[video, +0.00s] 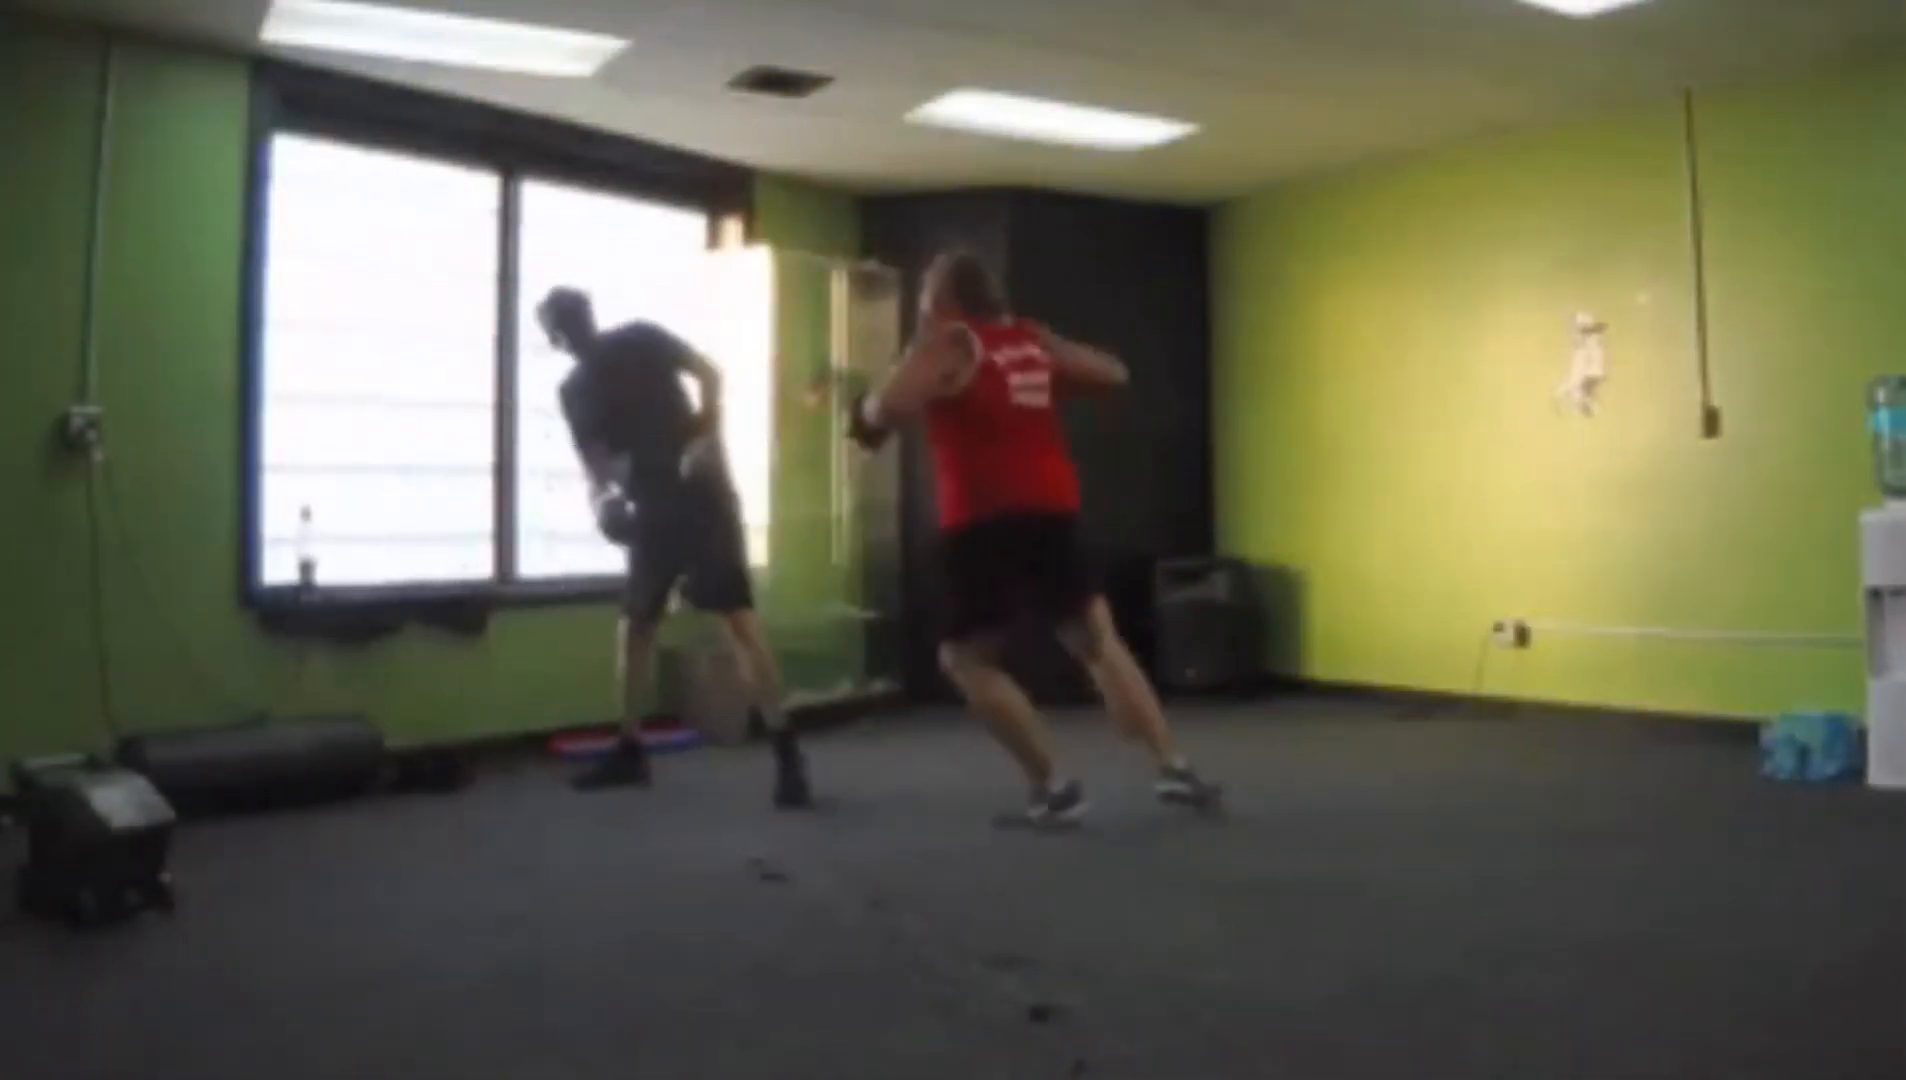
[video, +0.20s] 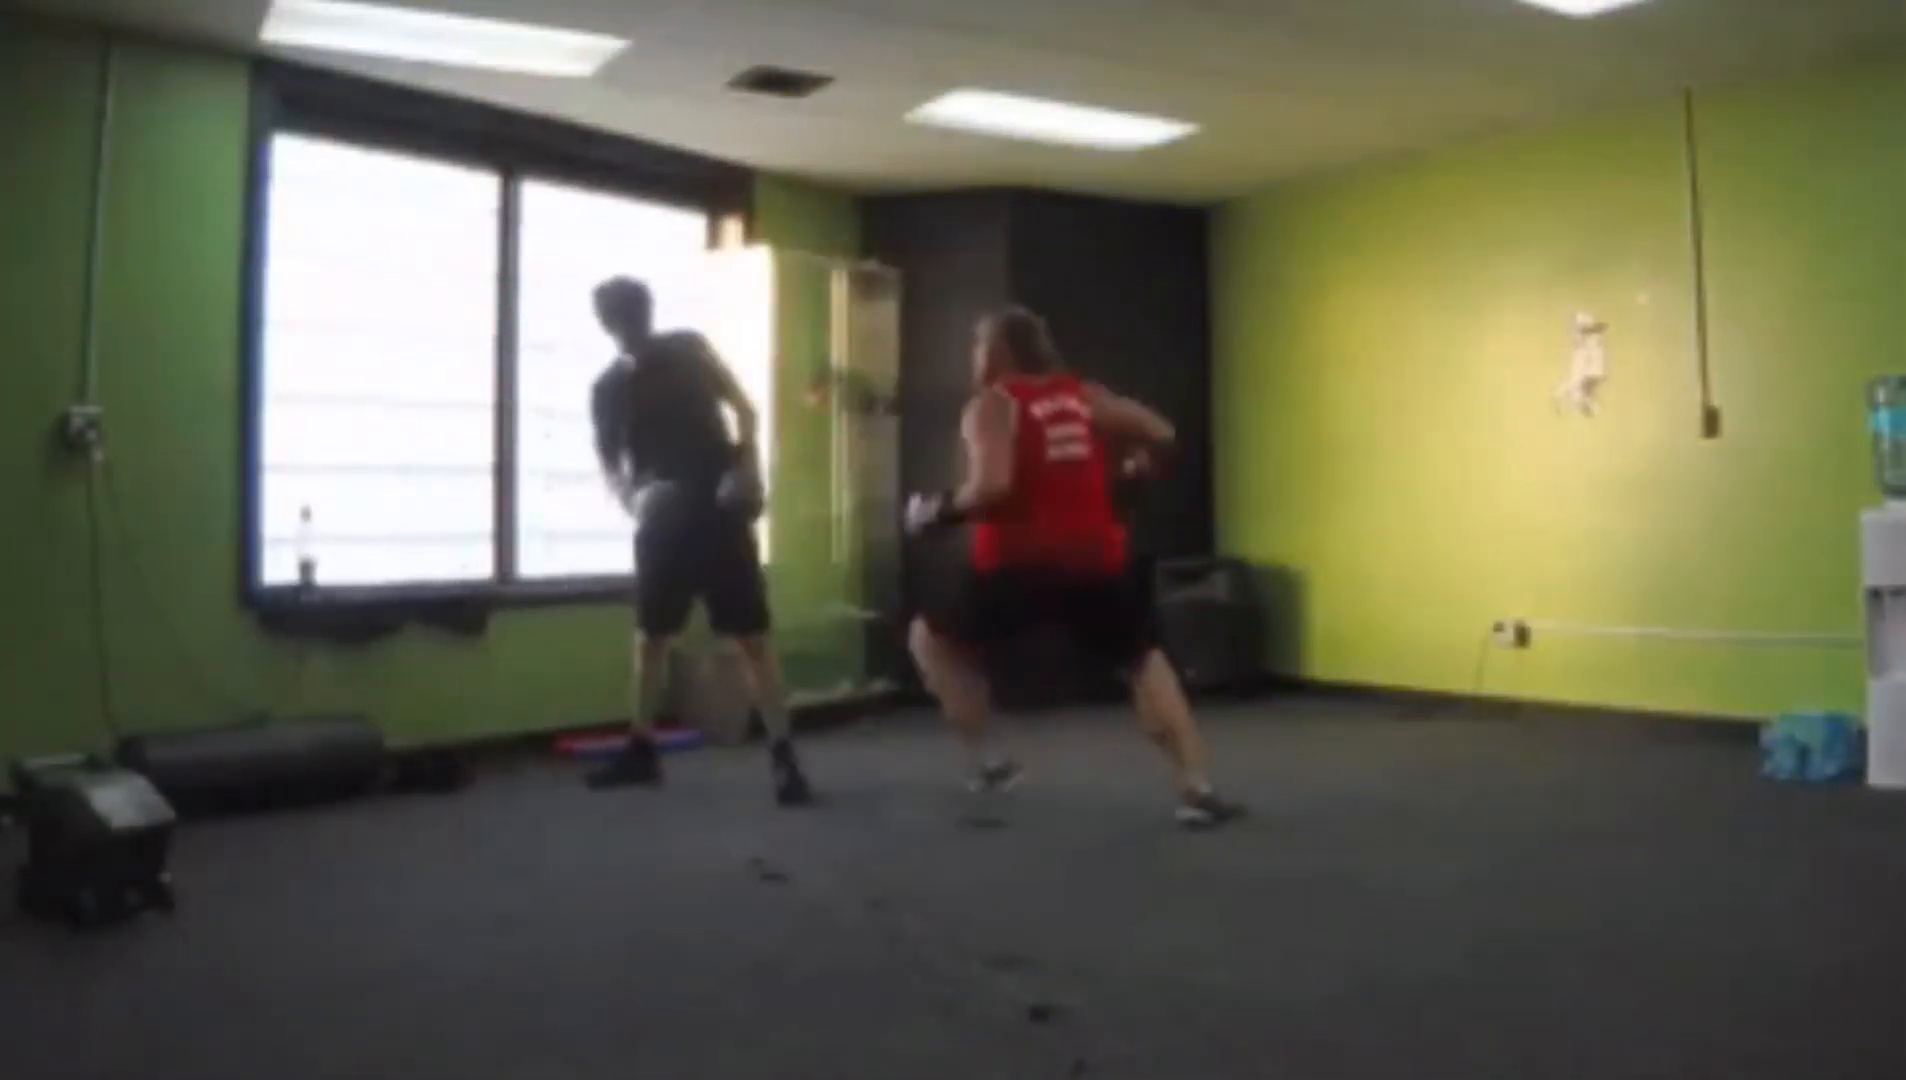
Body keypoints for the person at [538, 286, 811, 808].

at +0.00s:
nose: (565, 338)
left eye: (565, 327)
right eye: (558, 332)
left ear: (580, 319)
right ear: (558, 335)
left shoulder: (639, 339)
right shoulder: (574, 390)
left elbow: (708, 373)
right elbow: (595, 456)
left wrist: (708, 435)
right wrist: (604, 494)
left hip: (700, 483)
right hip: (648, 498)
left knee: (739, 618)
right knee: (636, 628)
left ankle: (785, 744)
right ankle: (629, 746)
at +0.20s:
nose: (626, 326)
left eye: (631, 313)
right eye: (615, 318)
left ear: (645, 311)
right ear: (605, 324)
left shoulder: (688, 349)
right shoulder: (610, 387)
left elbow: (743, 407)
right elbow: (609, 459)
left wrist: (748, 468)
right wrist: (630, 496)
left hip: (721, 497)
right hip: (663, 506)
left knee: (752, 635)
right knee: (651, 635)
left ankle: (784, 754)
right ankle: (641, 747)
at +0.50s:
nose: (643, 357)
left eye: (647, 343)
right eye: (630, 350)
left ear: (661, 333)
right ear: (618, 350)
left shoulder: (694, 363)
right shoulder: (618, 398)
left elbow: (760, 399)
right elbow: (627, 476)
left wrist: (759, 433)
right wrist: (675, 433)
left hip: (729, 524)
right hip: (669, 529)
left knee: (759, 644)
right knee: (620, 637)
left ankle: (783, 758)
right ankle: (583, 741)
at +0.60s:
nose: (630, 410)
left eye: (635, 399)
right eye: (619, 404)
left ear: (646, 384)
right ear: (608, 401)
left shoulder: (682, 395)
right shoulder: (610, 429)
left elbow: (748, 384)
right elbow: (623, 509)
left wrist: (768, 431)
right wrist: (674, 470)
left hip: (721, 543)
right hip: (662, 551)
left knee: (762, 649)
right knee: (614, 651)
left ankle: (783, 760)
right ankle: (564, 758)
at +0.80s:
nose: (689, 510)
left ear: (709, 486)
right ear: (667, 486)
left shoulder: (730, 473)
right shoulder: (642, 489)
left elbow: (776, 454)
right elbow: (611, 523)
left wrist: (812, 446)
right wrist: (624, 575)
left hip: (726, 578)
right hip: (662, 582)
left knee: (780, 653)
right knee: (608, 663)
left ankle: (806, 760)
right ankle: (561, 760)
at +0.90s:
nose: (773, 544)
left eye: (779, 542)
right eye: (770, 537)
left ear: (780, 500)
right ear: (754, 509)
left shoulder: (779, 485)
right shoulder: (695, 484)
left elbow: (822, 475)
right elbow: (624, 518)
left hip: (731, 571)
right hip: (672, 573)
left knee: (797, 641)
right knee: (620, 672)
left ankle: (805, 758)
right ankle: (561, 758)